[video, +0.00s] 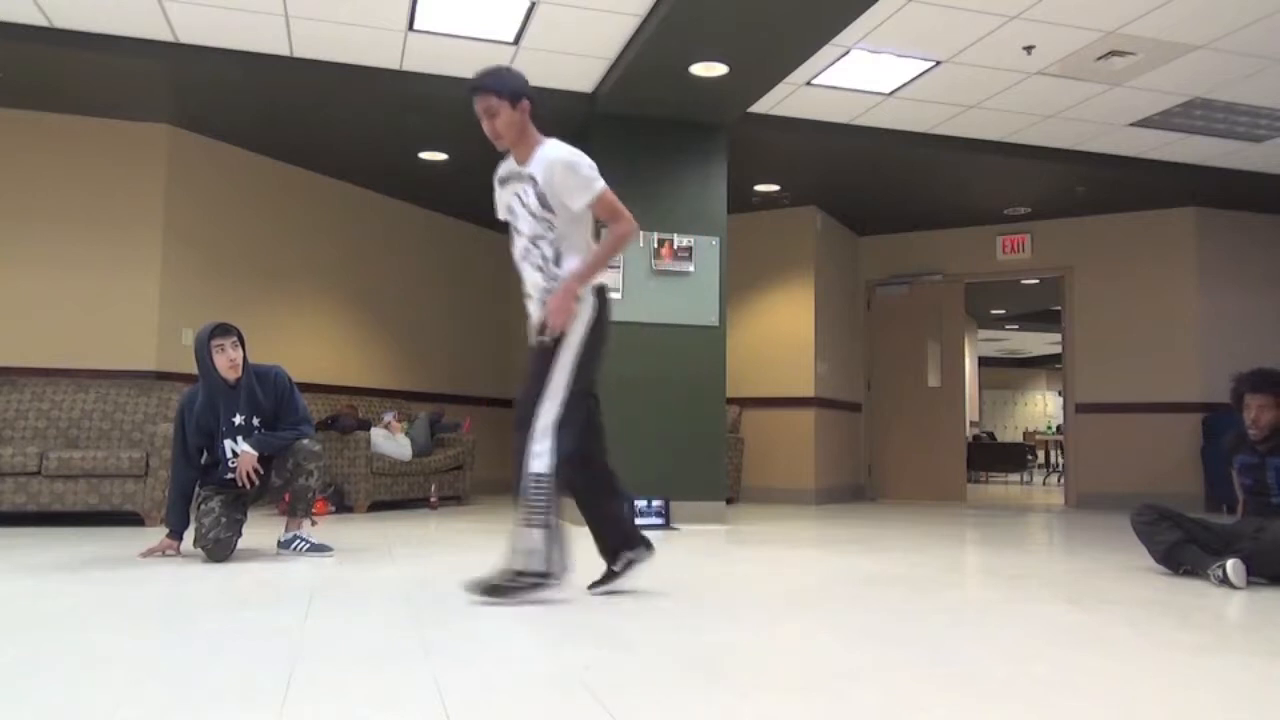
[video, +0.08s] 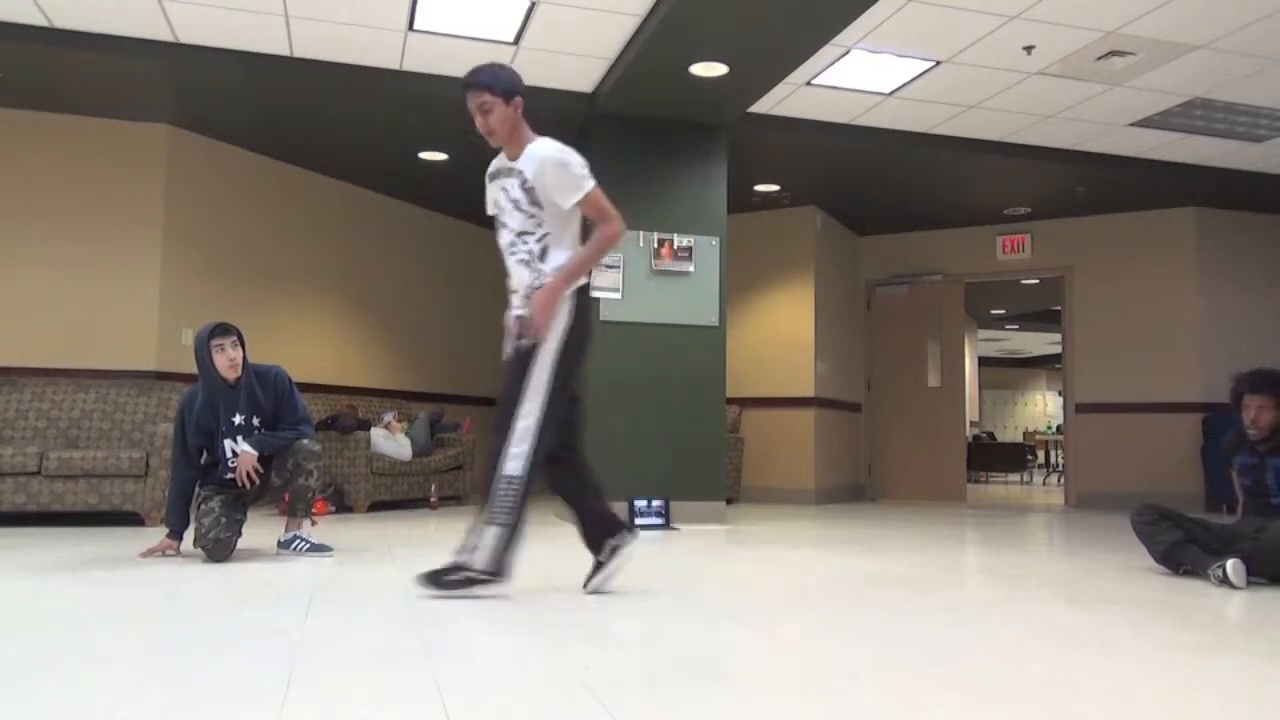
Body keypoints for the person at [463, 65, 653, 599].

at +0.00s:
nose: (488, 125)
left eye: (494, 112)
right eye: (481, 116)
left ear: (523, 108)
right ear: (480, 122)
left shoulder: (562, 161)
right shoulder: (506, 175)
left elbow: (625, 226)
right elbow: (532, 243)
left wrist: (571, 288)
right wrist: (537, 303)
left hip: (580, 309)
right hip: (548, 313)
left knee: (540, 422)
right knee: (572, 432)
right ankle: (625, 543)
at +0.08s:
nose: (480, 122)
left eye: (486, 109)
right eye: (474, 113)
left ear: (516, 104)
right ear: (477, 117)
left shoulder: (550, 158)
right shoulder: (498, 173)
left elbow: (611, 225)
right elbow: (522, 249)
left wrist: (554, 288)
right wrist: (515, 311)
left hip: (559, 309)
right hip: (530, 312)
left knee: (519, 428)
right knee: (552, 436)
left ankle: (488, 559)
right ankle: (607, 534)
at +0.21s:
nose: (470, 147)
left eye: (477, 134)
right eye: (465, 137)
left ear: (506, 132)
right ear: (468, 141)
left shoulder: (528, 191)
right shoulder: (495, 196)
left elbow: (571, 271)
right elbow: (502, 284)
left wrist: (508, 334)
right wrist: (479, 340)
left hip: (522, 336)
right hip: (502, 336)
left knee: (462, 442)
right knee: (480, 452)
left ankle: (459, 562)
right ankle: (569, 519)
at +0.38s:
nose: (462, 146)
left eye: (469, 134)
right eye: (455, 138)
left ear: (496, 129)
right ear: (452, 142)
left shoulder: (523, 182)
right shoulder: (479, 193)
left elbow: (550, 262)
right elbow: (493, 270)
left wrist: (478, 298)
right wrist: (452, 298)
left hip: (538, 315)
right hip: (507, 315)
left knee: (489, 430)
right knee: (470, 428)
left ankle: (461, 561)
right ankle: (527, 525)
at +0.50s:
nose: (464, 158)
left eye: (470, 145)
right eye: (455, 150)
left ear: (495, 139)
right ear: (451, 153)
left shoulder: (527, 190)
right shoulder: (470, 205)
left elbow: (552, 274)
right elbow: (469, 266)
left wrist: (492, 304)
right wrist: (459, 293)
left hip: (558, 313)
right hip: (519, 318)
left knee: (516, 427)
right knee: (498, 431)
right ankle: (515, 555)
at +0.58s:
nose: (471, 174)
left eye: (479, 162)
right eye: (463, 166)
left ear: (504, 157)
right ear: (459, 169)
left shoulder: (537, 208)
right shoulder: (477, 222)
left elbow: (560, 296)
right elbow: (493, 307)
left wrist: (516, 354)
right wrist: (471, 341)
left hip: (564, 332)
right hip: (525, 336)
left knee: (526, 444)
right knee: (496, 446)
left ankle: (610, 532)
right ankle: (519, 560)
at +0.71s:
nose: (489, 175)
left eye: (496, 162)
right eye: (480, 166)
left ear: (518, 160)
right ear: (472, 171)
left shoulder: (552, 208)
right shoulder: (487, 227)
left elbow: (598, 287)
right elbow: (507, 303)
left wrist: (645, 348)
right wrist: (482, 364)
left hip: (582, 350)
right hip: (534, 357)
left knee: (597, 455)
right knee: (502, 454)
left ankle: (695, 526)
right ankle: (519, 561)